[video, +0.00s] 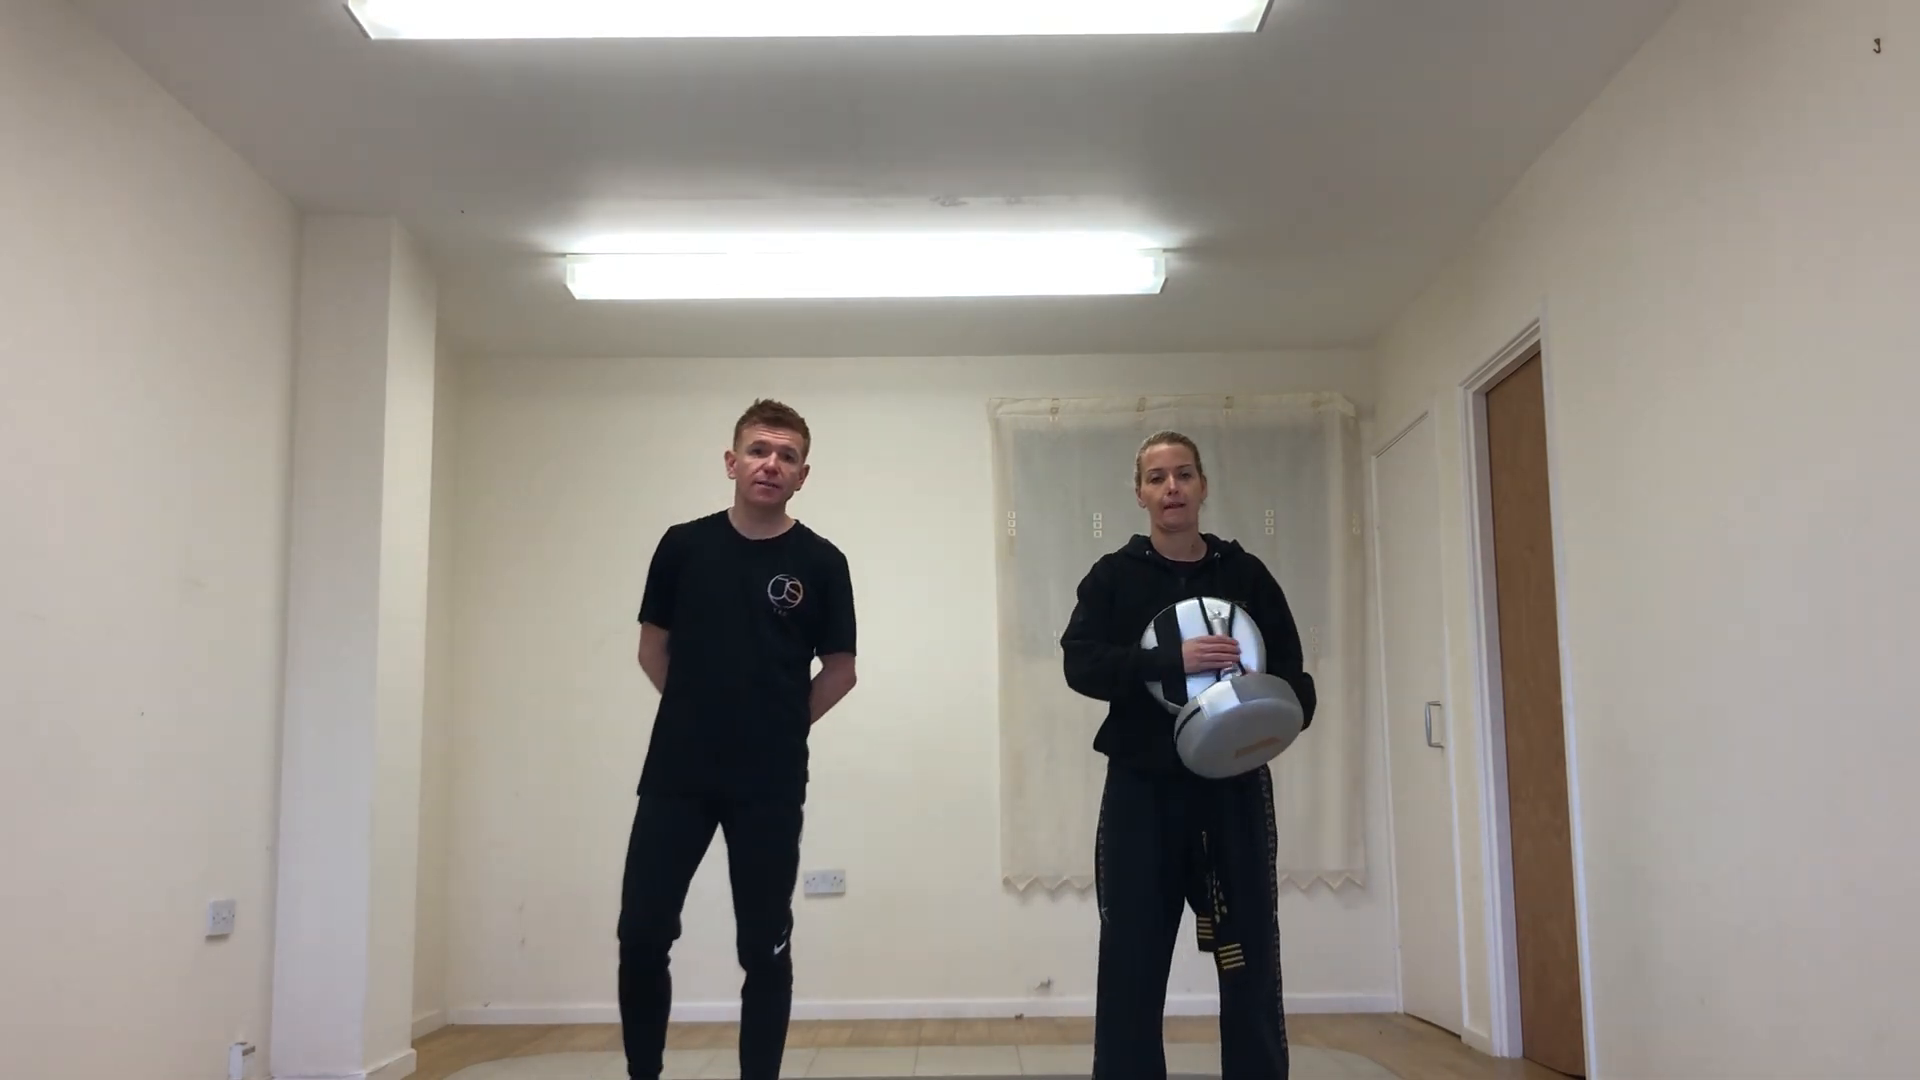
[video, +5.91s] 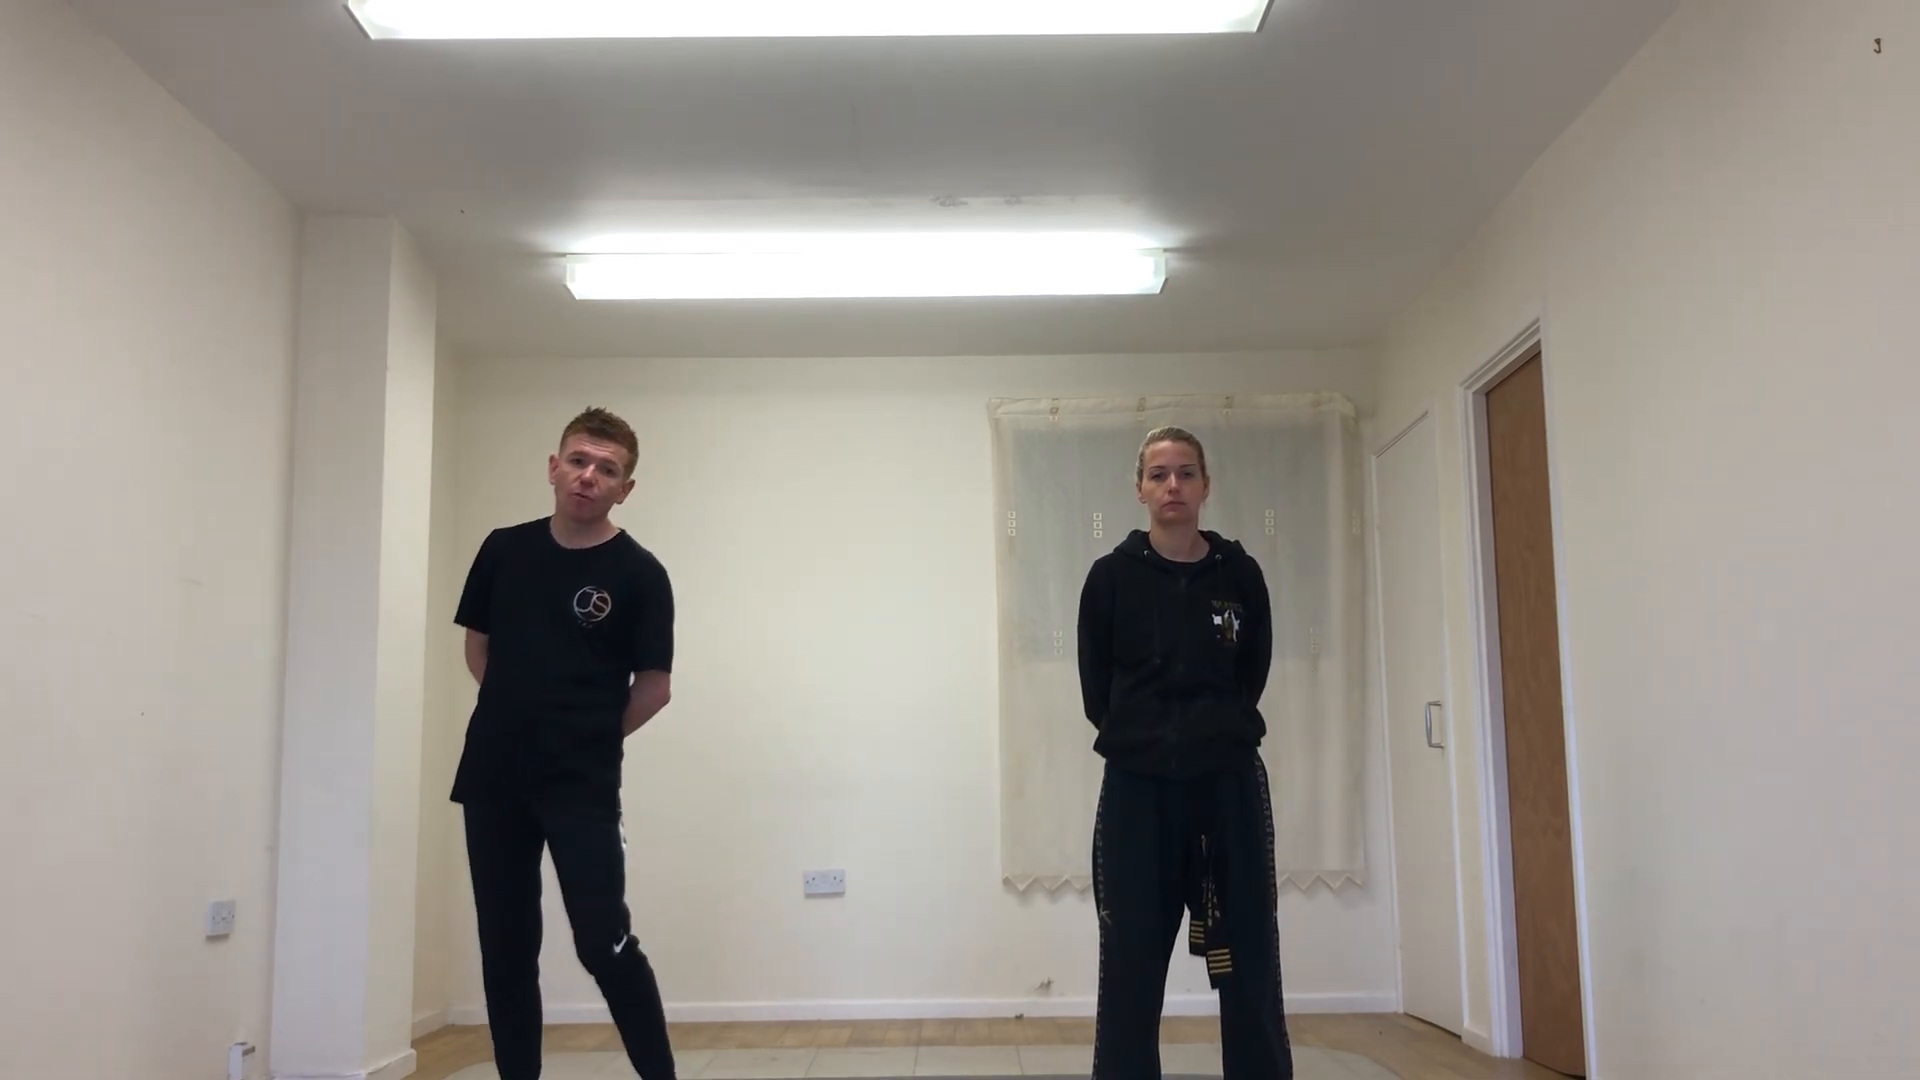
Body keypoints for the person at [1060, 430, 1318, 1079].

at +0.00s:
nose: (1171, 486)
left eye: (1183, 474)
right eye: (1157, 477)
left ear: (1203, 487)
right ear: (1140, 494)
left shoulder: (1246, 572)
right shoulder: (1113, 575)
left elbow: (1292, 677)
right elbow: (1080, 666)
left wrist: (1272, 717)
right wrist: (1171, 659)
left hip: (1236, 789)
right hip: (1142, 790)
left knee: (1251, 972)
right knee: (1131, 975)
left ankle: (1257, 1078)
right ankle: (1128, 1079)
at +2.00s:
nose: (1168, 485)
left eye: (1179, 473)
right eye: (1154, 477)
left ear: (1200, 485)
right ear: (1137, 494)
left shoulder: (1240, 569)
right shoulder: (1109, 575)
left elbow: (1308, 652)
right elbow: (1077, 667)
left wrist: (1279, 664)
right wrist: (1157, 691)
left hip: (1231, 783)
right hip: (1138, 786)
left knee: (1248, 962)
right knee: (1131, 968)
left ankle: (1258, 1077)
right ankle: (1127, 1077)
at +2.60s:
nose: (1164, 487)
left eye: (1176, 475)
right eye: (1150, 479)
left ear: (1198, 485)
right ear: (1134, 495)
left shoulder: (1241, 574)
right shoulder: (1108, 578)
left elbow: (1305, 658)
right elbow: (1062, 669)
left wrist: (1288, 690)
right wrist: (1082, 723)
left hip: (1232, 794)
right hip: (1137, 798)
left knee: (1249, 973)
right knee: (1130, 977)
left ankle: (1258, 1077)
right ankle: (1125, 1078)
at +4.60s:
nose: (1174, 487)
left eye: (1187, 475)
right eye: (1160, 476)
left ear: (1206, 487)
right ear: (1142, 488)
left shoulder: (1239, 570)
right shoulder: (1110, 575)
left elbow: (1255, 668)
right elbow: (1094, 682)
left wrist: (1217, 730)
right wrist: (1137, 740)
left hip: (1229, 780)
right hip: (1138, 782)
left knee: (1249, 961)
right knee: (1130, 965)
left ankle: (1261, 1077)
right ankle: (1124, 1079)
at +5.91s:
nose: (1172, 485)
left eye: (1185, 473)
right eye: (1158, 474)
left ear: (1205, 485)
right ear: (1140, 488)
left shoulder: (1239, 570)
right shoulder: (1110, 575)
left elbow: (1255, 669)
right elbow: (1095, 683)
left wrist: (1216, 731)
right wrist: (1139, 740)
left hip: (1231, 781)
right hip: (1139, 782)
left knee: (1249, 963)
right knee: (1131, 967)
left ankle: (1260, 1076)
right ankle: (1124, 1077)